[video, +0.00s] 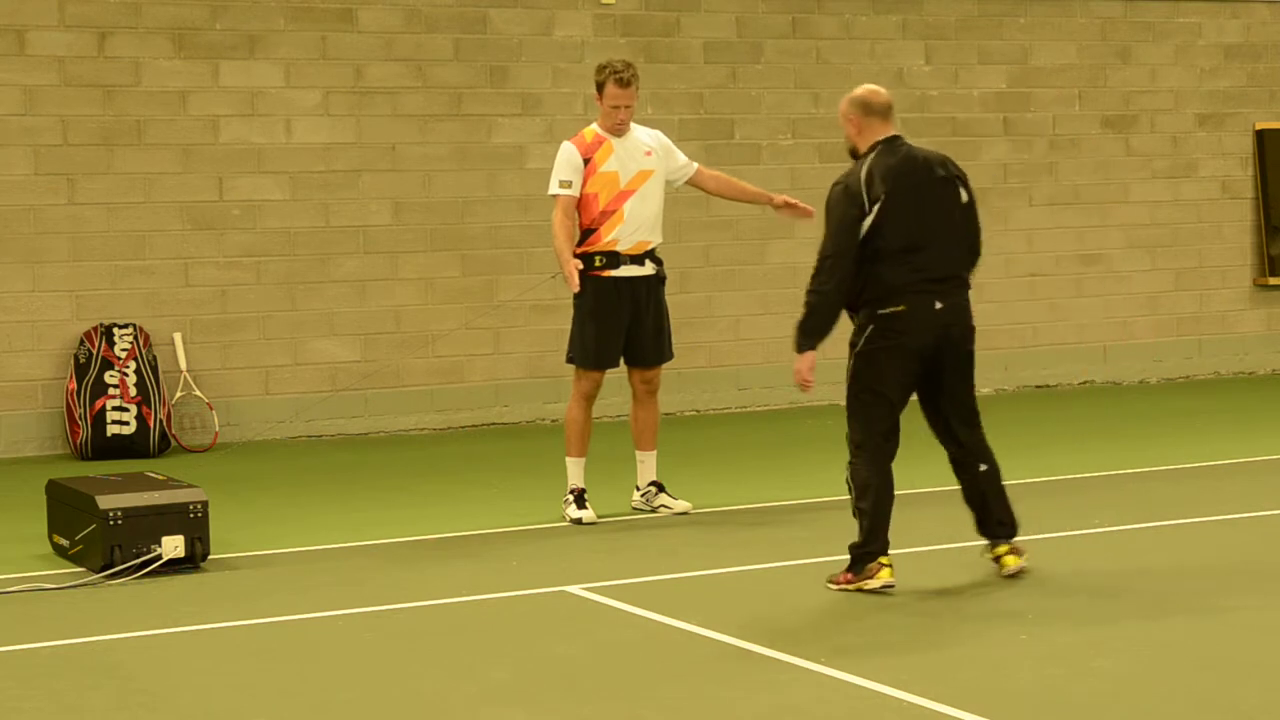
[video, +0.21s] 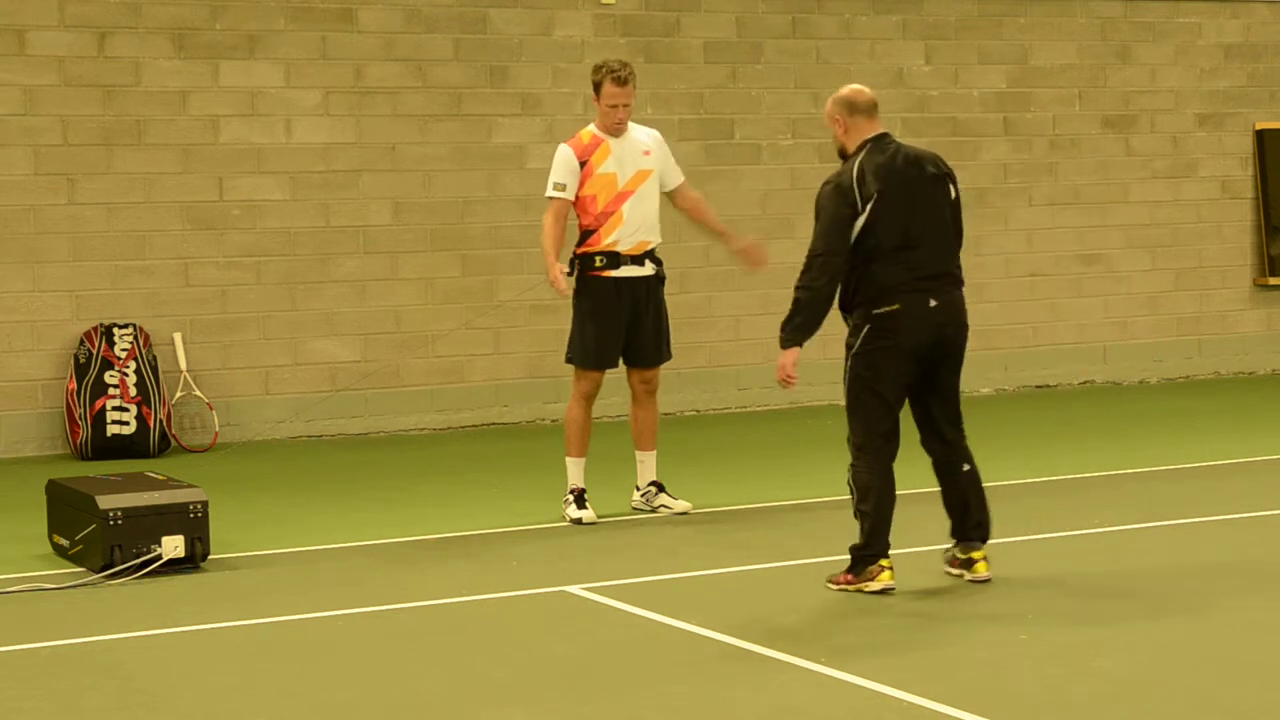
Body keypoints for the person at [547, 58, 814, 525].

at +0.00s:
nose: (623, 115)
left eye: (629, 107)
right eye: (615, 106)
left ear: (637, 102)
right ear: (597, 100)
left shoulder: (654, 143)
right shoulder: (577, 149)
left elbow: (707, 178)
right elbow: (563, 214)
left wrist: (769, 198)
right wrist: (567, 263)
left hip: (646, 280)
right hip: (598, 281)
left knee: (647, 383)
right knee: (586, 386)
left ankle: (647, 488)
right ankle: (575, 493)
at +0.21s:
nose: (620, 113)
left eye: (626, 105)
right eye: (611, 105)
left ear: (634, 101)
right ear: (594, 101)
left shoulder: (651, 143)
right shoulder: (574, 151)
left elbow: (686, 197)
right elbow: (556, 214)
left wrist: (733, 239)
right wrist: (553, 263)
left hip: (645, 280)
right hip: (597, 282)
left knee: (645, 384)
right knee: (586, 387)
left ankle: (647, 487)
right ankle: (575, 493)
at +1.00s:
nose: (637, 114)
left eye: (643, 105)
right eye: (629, 106)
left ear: (652, 101)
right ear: (613, 103)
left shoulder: (671, 143)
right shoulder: (591, 150)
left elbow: (683, 207)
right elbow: (568, 211)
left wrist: (709, 264)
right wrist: (558, 266)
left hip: (658, 281)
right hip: (609, 283)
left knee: (663, 382)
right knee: (593, 387)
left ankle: (654, 487)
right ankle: (576, 491)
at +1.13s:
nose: (632, 115)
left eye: (639, 107)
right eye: (625, 107)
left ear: (657, 102)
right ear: (617, 103)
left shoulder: (680, 144)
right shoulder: (598, 150)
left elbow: (693, 209)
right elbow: (575, 209)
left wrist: (714, 265)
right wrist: (560, 262)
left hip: (664, 281)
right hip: (613, 282)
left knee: (662, 384)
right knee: (597, 386)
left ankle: (654, 486)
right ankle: (577, 490)